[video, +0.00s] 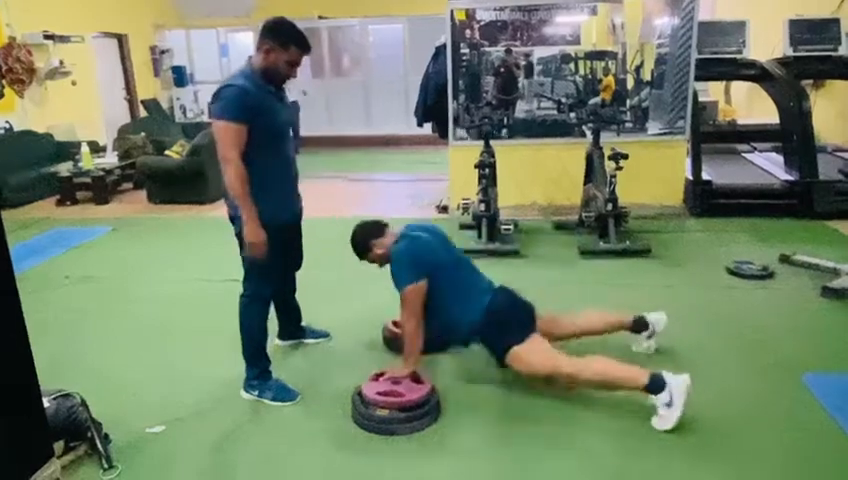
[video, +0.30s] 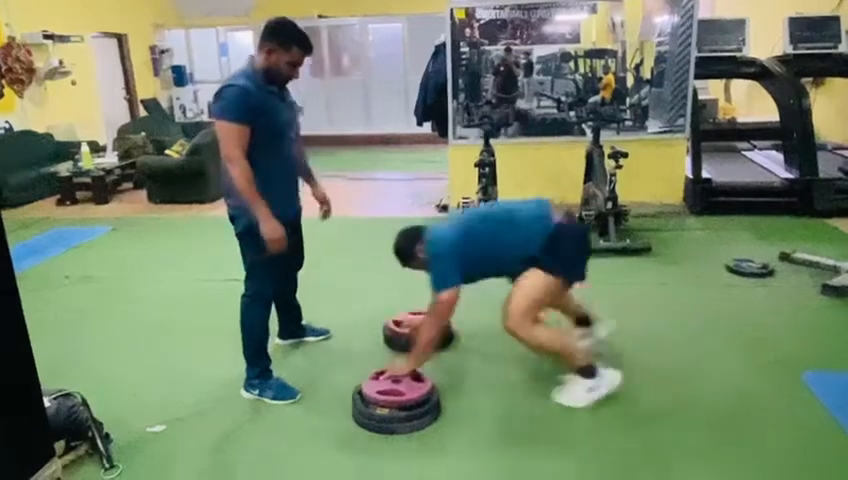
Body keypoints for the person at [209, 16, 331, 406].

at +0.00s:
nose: (295, 71)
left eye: (298, 64)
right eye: (291, 63)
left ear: (275, 55)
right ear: (266, 51)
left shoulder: (272, 91)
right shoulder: (235, 95)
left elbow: (277, 153)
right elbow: (230, 162)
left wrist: (289, 199)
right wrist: (249, 221)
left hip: (285, 207)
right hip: (257, 212)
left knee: (286, 272)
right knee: (258, 291)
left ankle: (290, 329)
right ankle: (257, 377)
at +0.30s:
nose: (297, 71)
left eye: (300, 64)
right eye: (293, 63)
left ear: (278, 55)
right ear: (268, 52)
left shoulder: (276, 91)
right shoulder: (237, 94)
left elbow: (291, 147)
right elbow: (233, 161)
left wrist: (314, 185)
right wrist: (264, 217)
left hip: (284, 204)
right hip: (254, 210)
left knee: (288, 267)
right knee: (260, 288)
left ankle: (290, 328)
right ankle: (257, 377)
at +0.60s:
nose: (328, 92)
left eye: (332, 85)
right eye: (326, 83)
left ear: (316, 74)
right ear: (307, 69)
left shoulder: (301, 103)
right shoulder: (263, 101)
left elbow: (289, 158)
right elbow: (239, 164)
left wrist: (296, 199)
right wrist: (269, 216)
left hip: (284, 207)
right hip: (252, 211)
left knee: (295, 267)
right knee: (263, 289)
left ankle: (291, 328)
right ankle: (257, 378)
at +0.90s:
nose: (371, 199)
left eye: (375, 193)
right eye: (371, 191)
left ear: (355, 176)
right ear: (357, 180)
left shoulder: (336, 196)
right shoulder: (313, 201)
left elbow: (351, 239)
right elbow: (312, 273)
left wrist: (373, 278)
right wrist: (346, 323)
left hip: (273, 251)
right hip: (246, 261)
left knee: (328, 275)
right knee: (299, 311)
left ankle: (298, 331)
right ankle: (258, 384)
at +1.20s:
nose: (415, 296)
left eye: (420, 293)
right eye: (418, 290)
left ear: (415, 264)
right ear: (413, 276)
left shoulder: (391, 252)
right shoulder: (370, 269)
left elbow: (386, 286)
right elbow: (342, 335)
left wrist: (403, 317)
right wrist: (379, 377)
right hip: (276, 265)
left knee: (333, 298)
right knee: (319, 324)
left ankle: (294, 329)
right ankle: (262, 379)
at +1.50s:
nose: (458, 346)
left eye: (468, 344)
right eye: (463, 342)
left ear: (467, 316)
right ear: (460, 329)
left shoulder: (443, 294)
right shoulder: (423, 308)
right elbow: (364, 329)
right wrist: (380, 376)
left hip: (347, 256)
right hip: (331, 272)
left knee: (295, 290)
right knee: (265, 334)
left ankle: (236, 288)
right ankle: (167, 341)